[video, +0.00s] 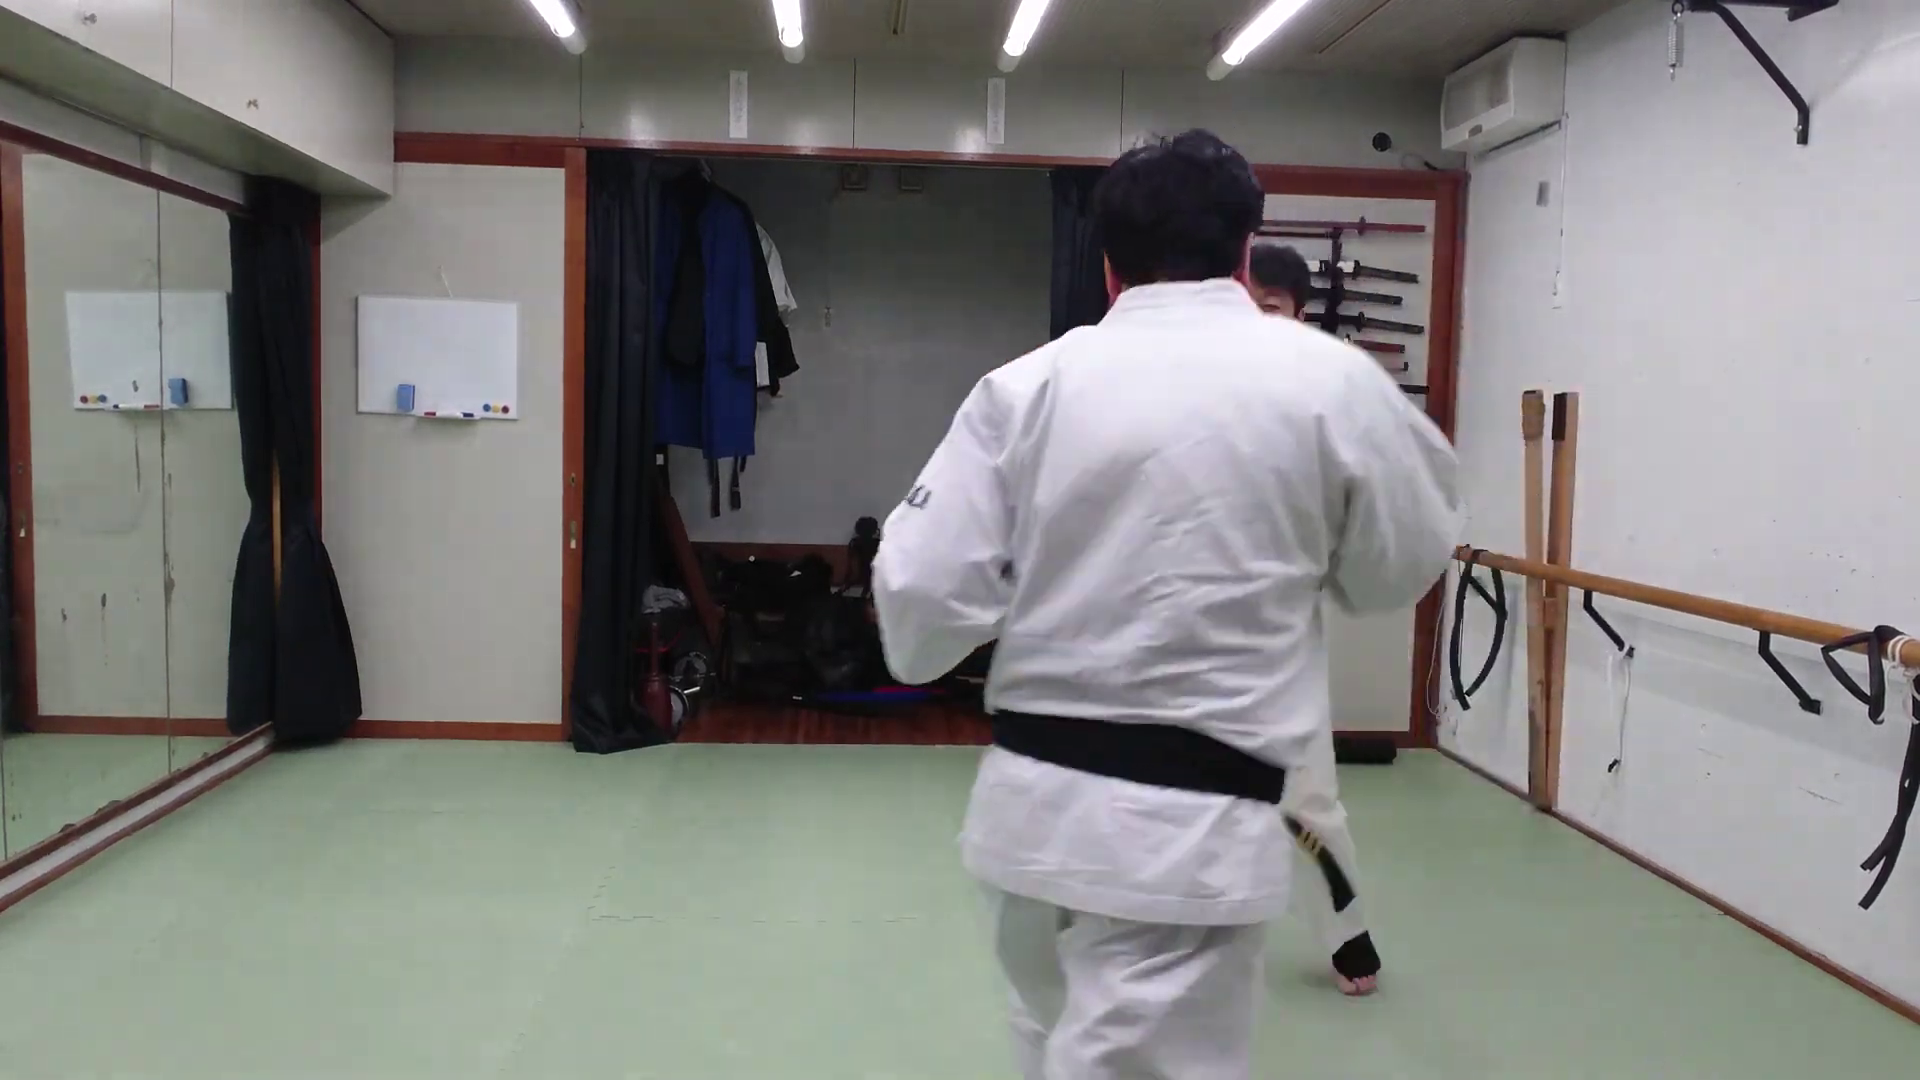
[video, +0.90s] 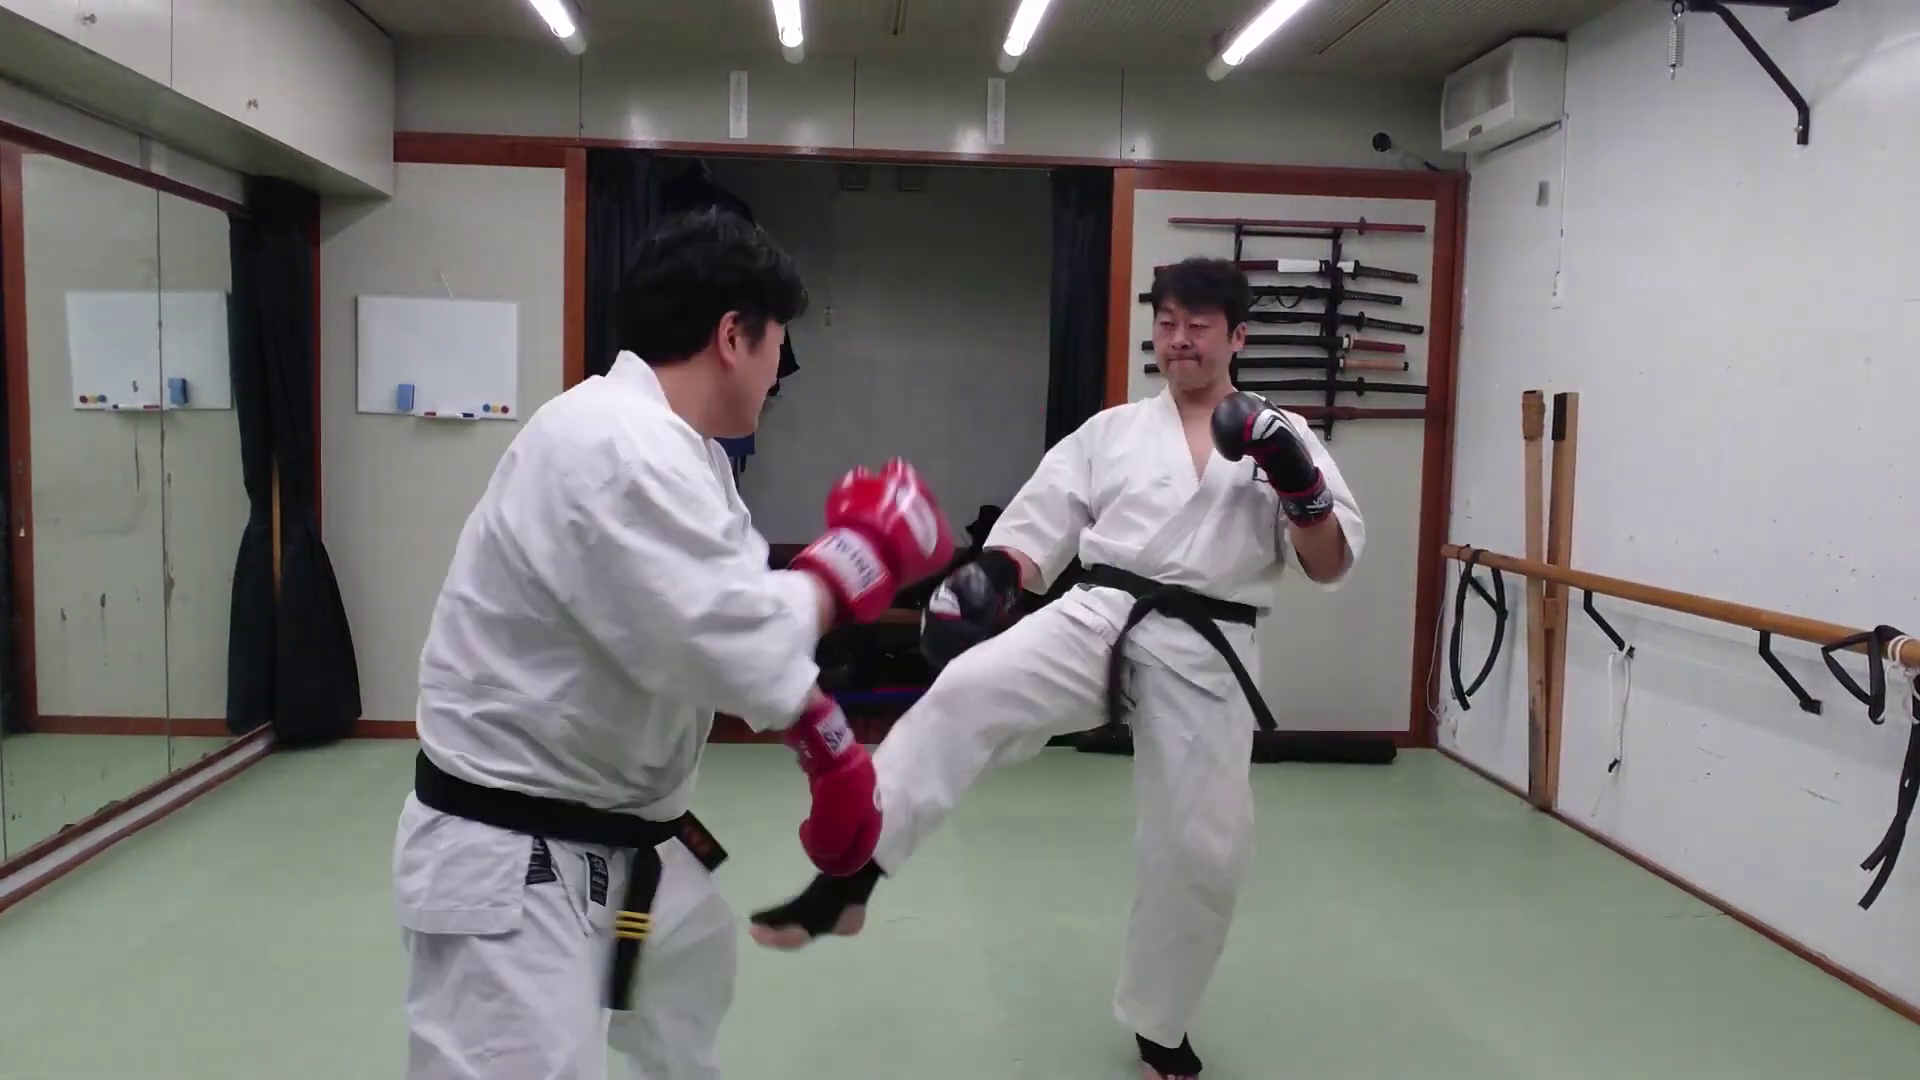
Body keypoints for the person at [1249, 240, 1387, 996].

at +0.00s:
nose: (1267, 320)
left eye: (1279, 306)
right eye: (1258, 302)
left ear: (1304, 311)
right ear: (1236, 296)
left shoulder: (1323, 387)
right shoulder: (1185, 386)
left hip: (1282, 637)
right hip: (1194, 643)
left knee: (1310, 798)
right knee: (1185, 794)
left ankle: (1349, 937)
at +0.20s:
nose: (1218, 320)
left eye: (1234, 307)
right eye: (1206, 304)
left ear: (1259, 315)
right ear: (1180, 306)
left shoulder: (1295, 402)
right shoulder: (1149, 391)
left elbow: (1362, 532)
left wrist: (1343, 507)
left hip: (1261, 622)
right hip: (1165, 617)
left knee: (1245, 798)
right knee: (1170, 782)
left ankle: (1247, 990)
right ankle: (1178, 919)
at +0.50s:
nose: (1209, 325)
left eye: (1230, 312)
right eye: (1198, 310)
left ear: (1266, 321)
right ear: (1181, 317)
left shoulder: (1301, 409)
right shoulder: (1145, 413)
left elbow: (1331, 524)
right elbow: (1079, 510)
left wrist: (1272, 442)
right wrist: (1040, 440)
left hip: (1231, 627)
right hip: (1137, 604)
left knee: (1215, 833)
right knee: (1082, 684)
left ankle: (1187, 1026)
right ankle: (1085, 857)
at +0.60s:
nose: (1201, 346)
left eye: (1221, 334)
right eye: (1192, 332)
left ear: (1263, 345)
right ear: (1181, 340)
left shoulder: (1303, 436)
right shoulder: (1148, 431)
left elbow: (1320, 522)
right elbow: (1063, 501)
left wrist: (1268, 422)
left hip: (1219, 645)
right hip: (1129, 602)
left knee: (1211, 829)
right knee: (1084, 554)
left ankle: (1173, 1020)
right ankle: (988, 732)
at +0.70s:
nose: (1197, 370)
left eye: (1217, 357)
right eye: (1189, 354)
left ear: (1259, 365)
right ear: (1177, 360)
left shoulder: (1289, 458)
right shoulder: (1130, 446)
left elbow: (1331, 555)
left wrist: (1291, 455)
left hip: (1223, 656)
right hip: (1128, 604)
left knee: (1214, 844)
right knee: (1032, 590)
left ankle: (1162, 1019)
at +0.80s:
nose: (1196, 361)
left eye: (1215, 347)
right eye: (1186, 345)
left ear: (1250, 360)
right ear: (1171, 353)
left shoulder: (1284, 455)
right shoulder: (1125, 444)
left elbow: (1343, 575)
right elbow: (1038, 548)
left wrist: (1308, 488)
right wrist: (1007, 636)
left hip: (1218, 652)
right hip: (1119, 605)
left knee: (1211, 853)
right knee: (1010, 623)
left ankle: (1161, 1025)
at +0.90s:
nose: (1180, 342)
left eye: (1199, 327)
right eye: (1168, 326)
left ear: (1235, 335)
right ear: (1156, 335)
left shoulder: (1282, 437)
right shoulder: (1116, 428)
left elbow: (1331, 564)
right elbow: (1039, 527)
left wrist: (1297, 486)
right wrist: (992, 571)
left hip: (1205, 642)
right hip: (1093, 612)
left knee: (1206, 845)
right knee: (965, 688)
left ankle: (1161, 1028)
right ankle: (845, 876)